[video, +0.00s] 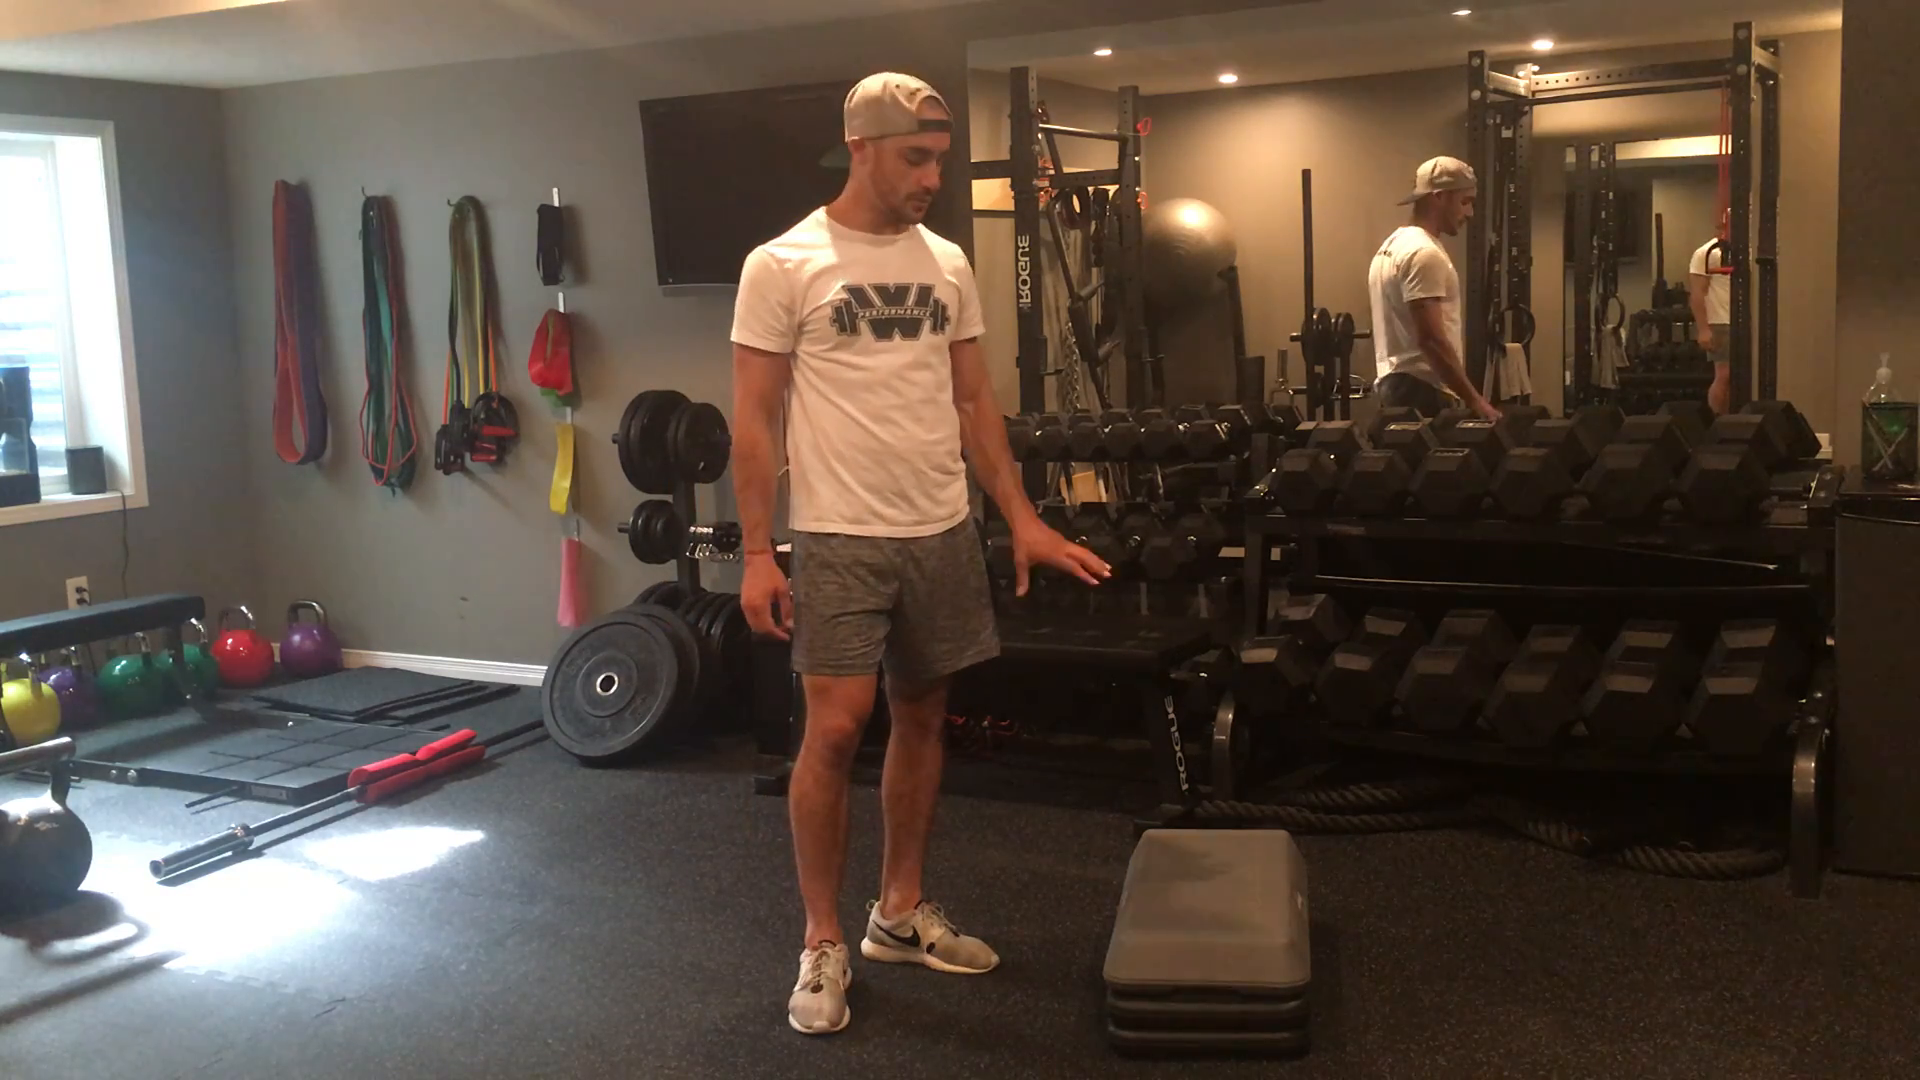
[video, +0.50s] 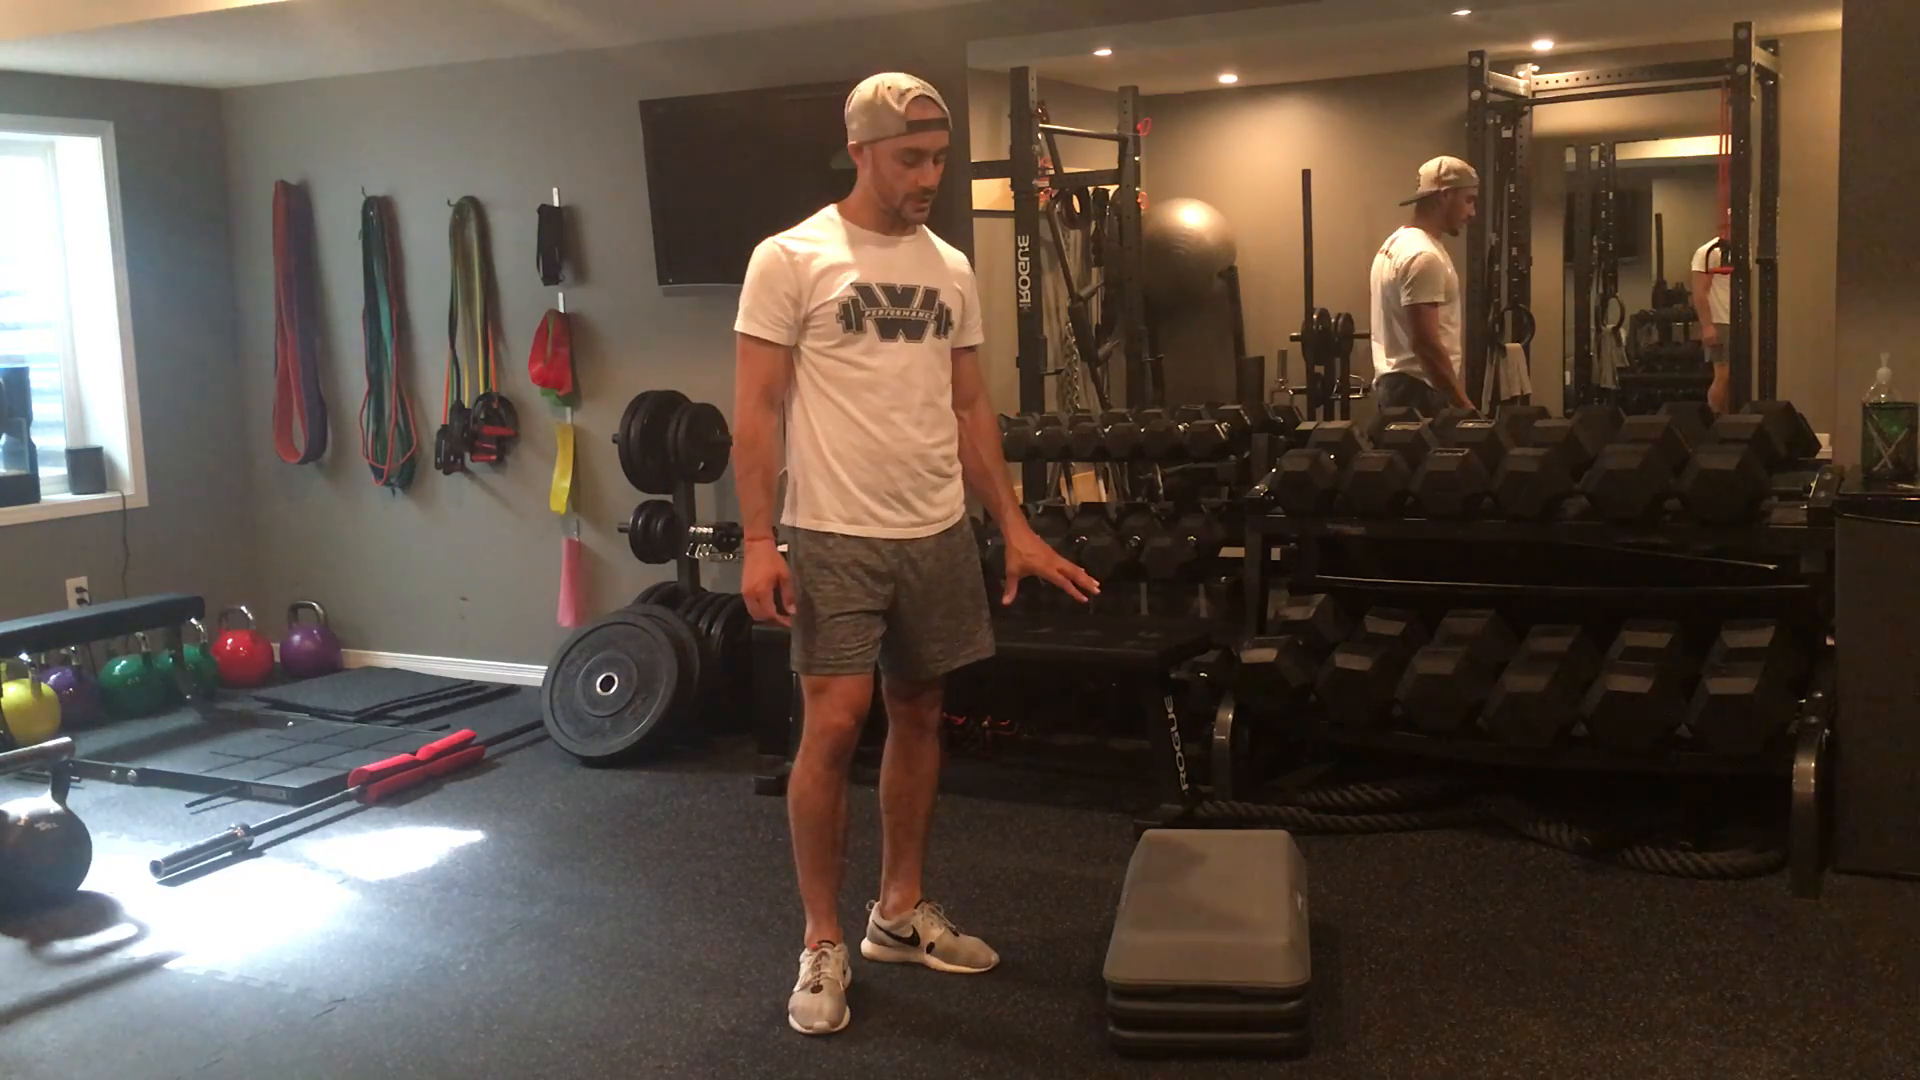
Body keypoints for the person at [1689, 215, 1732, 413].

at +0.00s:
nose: (1735, 229)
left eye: (1737, 224)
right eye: (1732, 224)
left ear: (1741, 226)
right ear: (1723, 224)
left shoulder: (1745, 253)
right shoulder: (1705, 254)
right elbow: (1697, 294)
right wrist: (1703, 328)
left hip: (1743, 324)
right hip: (1721, 324)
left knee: (1736, 377)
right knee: (1723, 376)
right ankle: (1716, 423)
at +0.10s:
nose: (1734, 230)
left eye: (1737, 225)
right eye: (1731, 224)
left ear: (1742, 227)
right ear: (1723, 224)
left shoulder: (1745, 254)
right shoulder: (1706, 254)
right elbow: (1697, 293)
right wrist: (1702, 328)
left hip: (1744, 325)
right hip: (1721, 324)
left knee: (1734, 377)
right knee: (1724, 376)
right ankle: (1714, 422)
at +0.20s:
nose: (1729, 231)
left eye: (1732, 226)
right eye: (1726, 226)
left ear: (1738, 227)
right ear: (1720, 227)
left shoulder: (1743, 253)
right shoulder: (1705, 254)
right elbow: (1698, 294)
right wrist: (1703, 327)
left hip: (1742, 324)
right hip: (1721, 324)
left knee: (1732, 377)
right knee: (1724, 375)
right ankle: (1714, 422)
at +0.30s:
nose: (1731, 231)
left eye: (1734, 226)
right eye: (1728, 226)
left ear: (1739, 227)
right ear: (1721, 227)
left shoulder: (1744, 253)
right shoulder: (1705, 254)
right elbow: (1698, 293)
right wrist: (1704, 327)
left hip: (1743, 325)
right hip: (1721, 325)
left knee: (1734, 378)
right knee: (1723, 376)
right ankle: (1716, 423)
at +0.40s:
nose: (1727, 231)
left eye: (1730, 226)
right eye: (1722, 227)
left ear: (1737, 226)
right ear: (1717, 227)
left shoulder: (1744, 252)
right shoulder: (1706, 254)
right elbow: (1699, 292)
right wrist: (1705, 326)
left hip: (1742, 323)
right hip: (1720, 323)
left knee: (1735, 376)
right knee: (1723, 375)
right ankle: (1716, 423)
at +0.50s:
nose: (1733, 231)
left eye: (1736, 226)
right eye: (1730, 226)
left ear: (1742, 228)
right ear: (1723, 227)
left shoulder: (1744, 253)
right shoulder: (1707, 253)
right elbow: (1699, 293)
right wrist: (1707, 325)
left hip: (1743, 325)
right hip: (1721, 324)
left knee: (1734, 377)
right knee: (1723, 375)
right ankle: (1715, 423)